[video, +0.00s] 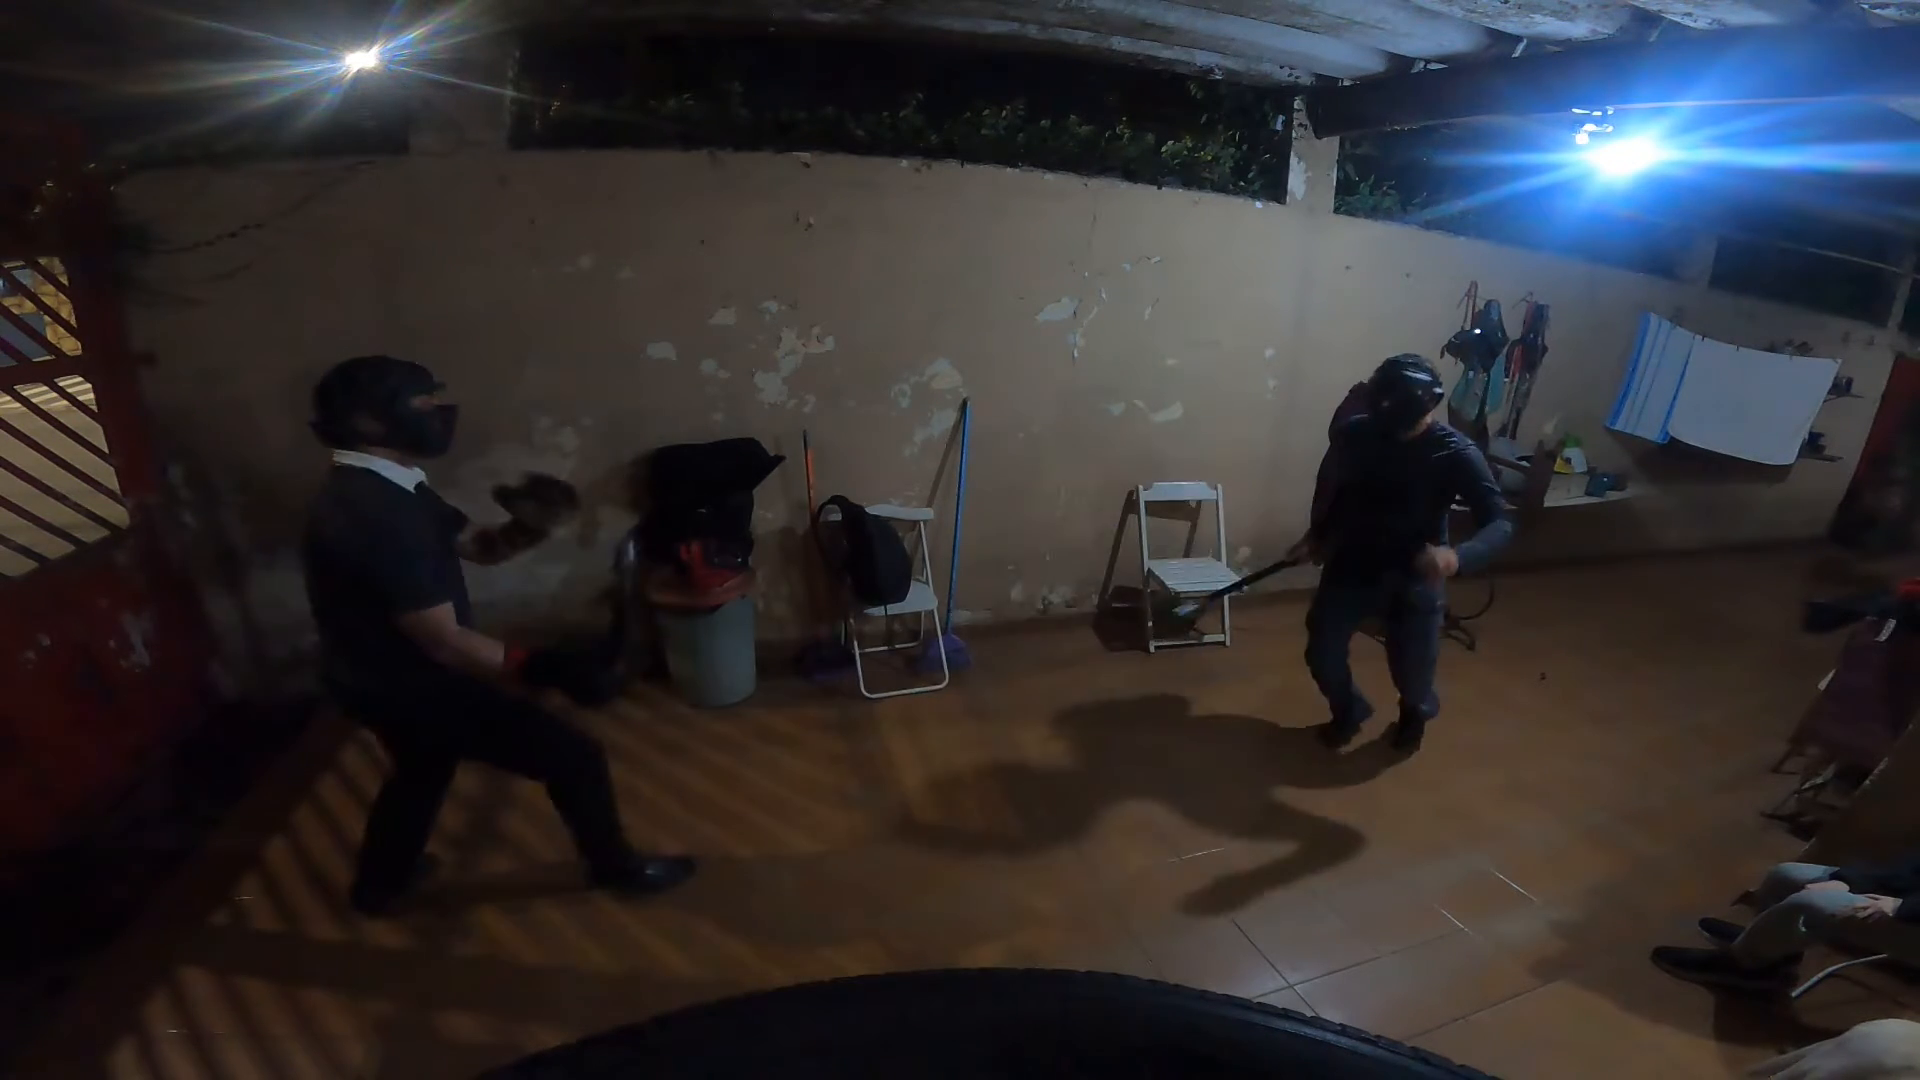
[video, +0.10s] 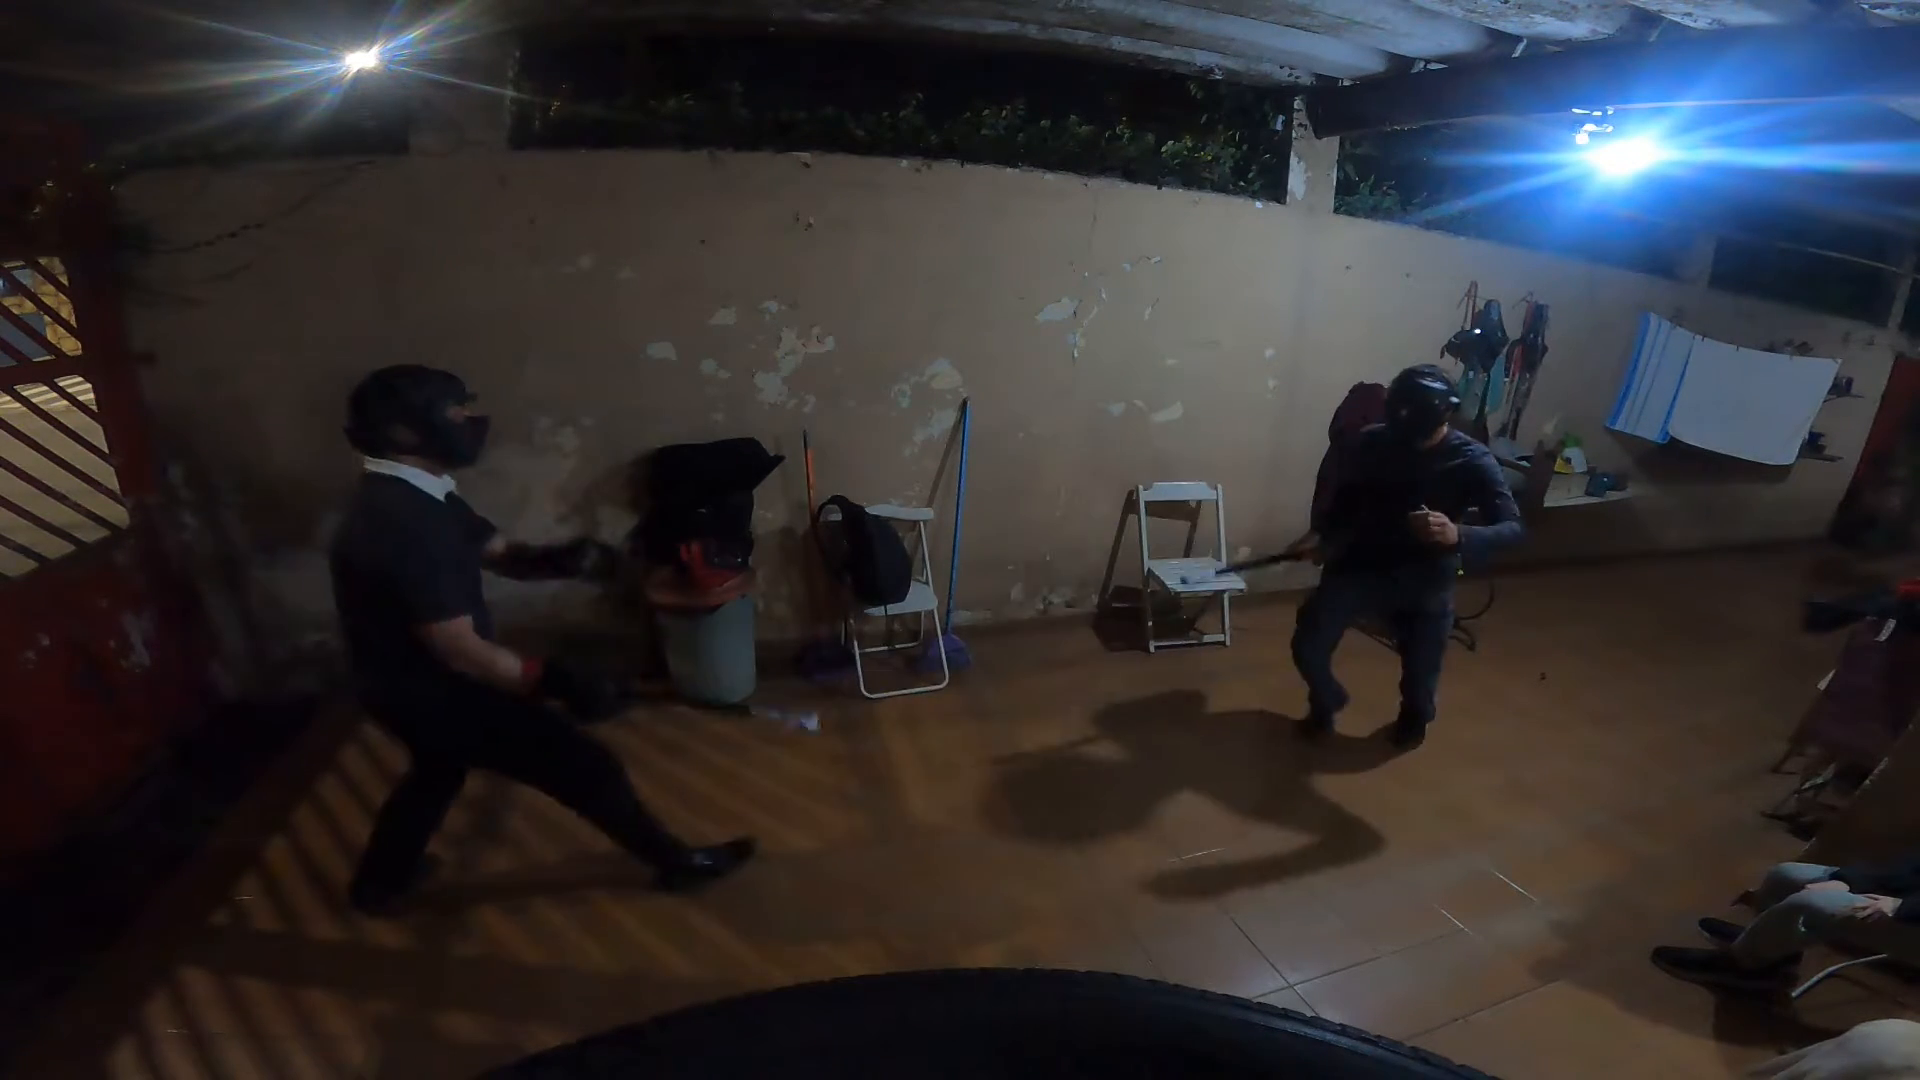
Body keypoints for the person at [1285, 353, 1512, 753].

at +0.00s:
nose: (1393, 424)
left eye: (1404, 416)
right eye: (1387, 413)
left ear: (1427, 410)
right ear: (1377, 402)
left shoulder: (1454, 453)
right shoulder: (1354, 435)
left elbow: (1500, 525)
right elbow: (1331, 493)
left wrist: (1458, 556)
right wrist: (1316, 537)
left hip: (1414, 571)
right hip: (1353, 560)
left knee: (1411, 671)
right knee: (1322, 655)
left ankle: (1414, 714)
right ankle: (1348, 711)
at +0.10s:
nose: (1414, 439)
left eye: (1423, 431)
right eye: (1406, 429)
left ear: (1444, 419)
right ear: (1395, 415)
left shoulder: (1472, 460)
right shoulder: (1371, 445)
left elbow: (1512, 529)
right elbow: (1345, 504)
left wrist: (1460, 533)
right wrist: (1321, 539)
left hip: (1426, 571)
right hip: (1362, 561)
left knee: (1422, 656)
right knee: (1307, 646)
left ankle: (1415, 715)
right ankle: (1325, 699)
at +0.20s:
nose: (1410, 444)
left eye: (1419, 436)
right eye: (1403, 432)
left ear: (1445, 426)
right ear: (1394, 423)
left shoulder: (1475, 469)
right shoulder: (1375, 451)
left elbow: (1515, 537)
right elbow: (1344, 510)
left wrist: (1463, 541)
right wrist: (1315, 538)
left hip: (1427, 578)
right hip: (1362, 566)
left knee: (1418, 663)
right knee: (1304, 645)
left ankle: (1414, 720)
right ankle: (1301, 700)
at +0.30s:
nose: (1405, 444)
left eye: (1414, 436)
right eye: (1400, 434)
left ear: (1441, 428)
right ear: (1393, 423)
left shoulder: (1470, 470)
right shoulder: (1372, 450)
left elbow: (1507, 535)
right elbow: (1336, 502)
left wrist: (1468, 570)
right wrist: (1294, 530)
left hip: (1420, 578)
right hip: (1359, 565)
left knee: (1415, 667)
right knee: (1308, 632)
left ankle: (1413, 719)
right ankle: (1265, 711)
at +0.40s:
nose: (1393, 438)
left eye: (1402, 431)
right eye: (1388, 429)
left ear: (1424, 422)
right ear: (1379, 416)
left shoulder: (1455, 464)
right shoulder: (1354, 445)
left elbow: (1485, 523)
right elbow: (1320, 493)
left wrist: (1472, 577)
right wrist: (1278, 531)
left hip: (1407, 575)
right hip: (1343, 564)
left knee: (1404, 661)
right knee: (1298, 629)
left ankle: (1410, 720)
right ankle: (1265, 707)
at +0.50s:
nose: (1381, 432)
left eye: (1392, 425)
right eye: (1376, 420)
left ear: (1417, 415)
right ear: (1368, 409)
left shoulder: (1447, 462)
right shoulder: (1342, 440)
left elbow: (1475, 516)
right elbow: (1311, 488)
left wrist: (1472, 571)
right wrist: (1273, 533)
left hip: (1397, 574)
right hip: (1331, 562)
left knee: (1390, 671)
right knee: (1293, 634)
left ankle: (1379, 713)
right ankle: (1264, 712)